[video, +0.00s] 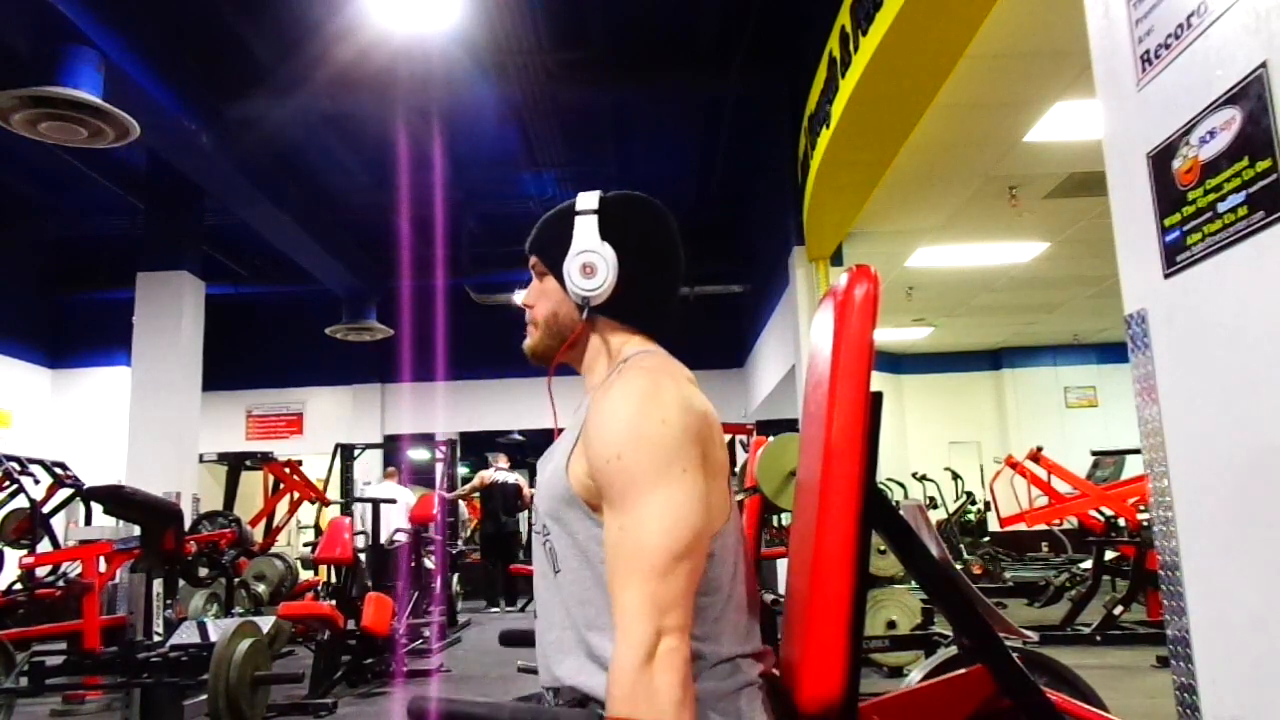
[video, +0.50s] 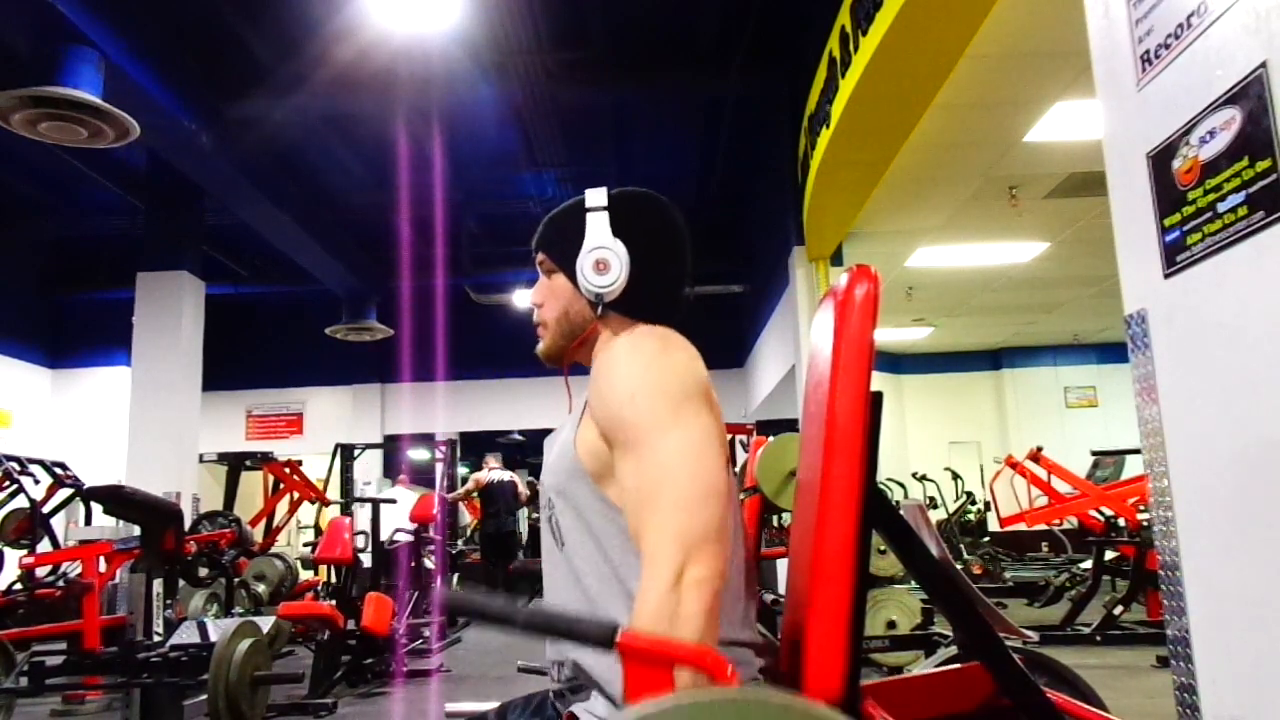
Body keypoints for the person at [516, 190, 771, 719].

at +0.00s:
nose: (524, 298)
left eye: (539, 276)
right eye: (529, 278)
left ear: (592, 276)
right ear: (587, 277)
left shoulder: (645, 403)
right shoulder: (623, 396)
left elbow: (656, 649)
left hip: (626, 705)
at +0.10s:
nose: (531, 296)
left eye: (545, 274)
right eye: (536, 276)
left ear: (598, 274)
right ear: (593, 275)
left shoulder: (646, 395)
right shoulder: (629, 391)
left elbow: (664, 640)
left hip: (641, 704)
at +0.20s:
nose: (534, 297)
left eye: (547, 274)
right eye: (538, 277)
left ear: (601, 272)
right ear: (599, 273)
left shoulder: (641, 370)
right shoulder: (626, 371)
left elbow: (675, 596)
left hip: (642, 699)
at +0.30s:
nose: (535, 299)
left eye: (548, 275)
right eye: (539, 278)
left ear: (601, 270)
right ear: (597, 271)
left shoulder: (640, 350)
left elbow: (691, 556)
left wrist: (661, 710)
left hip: (632, 701)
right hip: (605, 692)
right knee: (489, 712)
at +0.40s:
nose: (533, 295)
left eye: (547, 271)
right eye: (537, 274)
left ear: (601, 268)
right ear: (596, 269)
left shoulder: (641, 346)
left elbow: (699, 548)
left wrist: (656, 707)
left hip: (626, 700)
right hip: (594, 692)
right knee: (490, 713)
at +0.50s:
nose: (533, 296)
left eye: (547, 273)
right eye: (537, 276)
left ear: (603, 271)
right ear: (598, 272)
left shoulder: (643, 358)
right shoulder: (624, 370)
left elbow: (689, 570)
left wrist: (659, 712)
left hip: (629, 704)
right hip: (596, 695)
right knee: (488, 711)